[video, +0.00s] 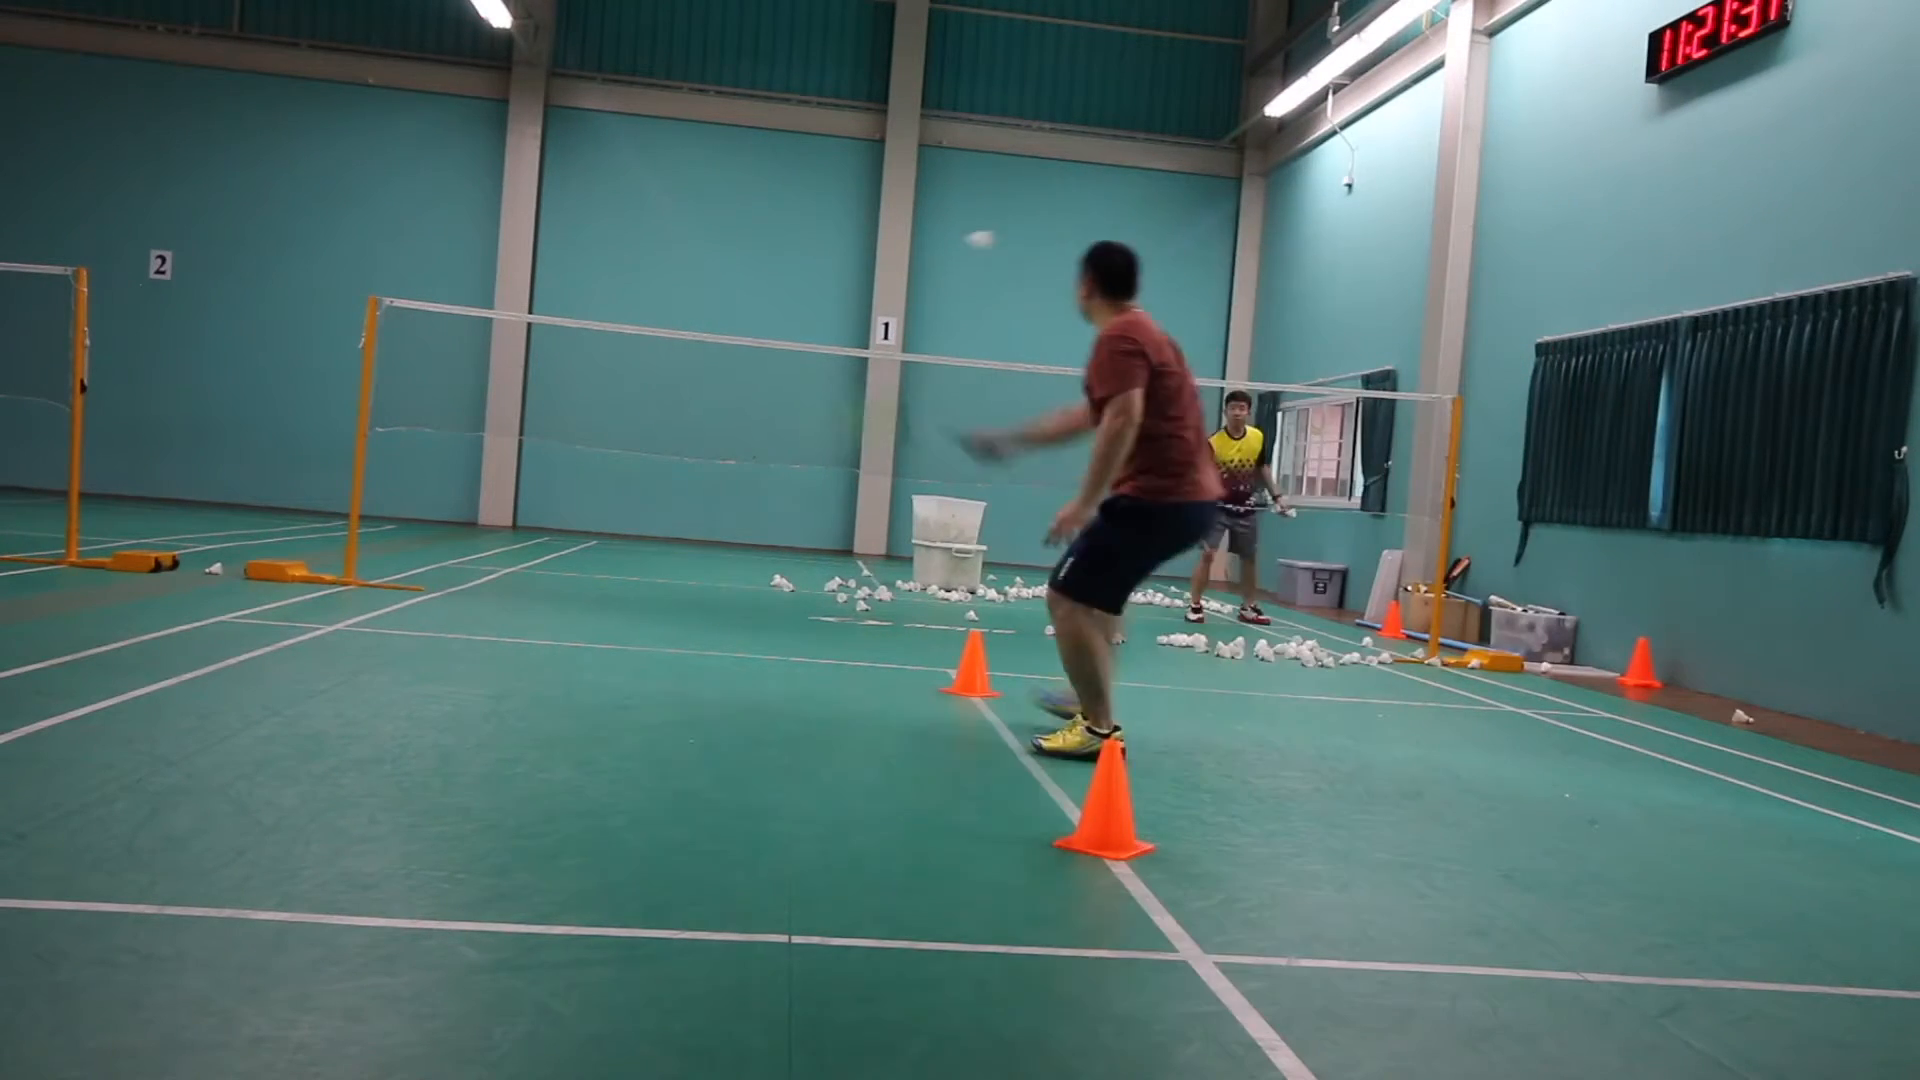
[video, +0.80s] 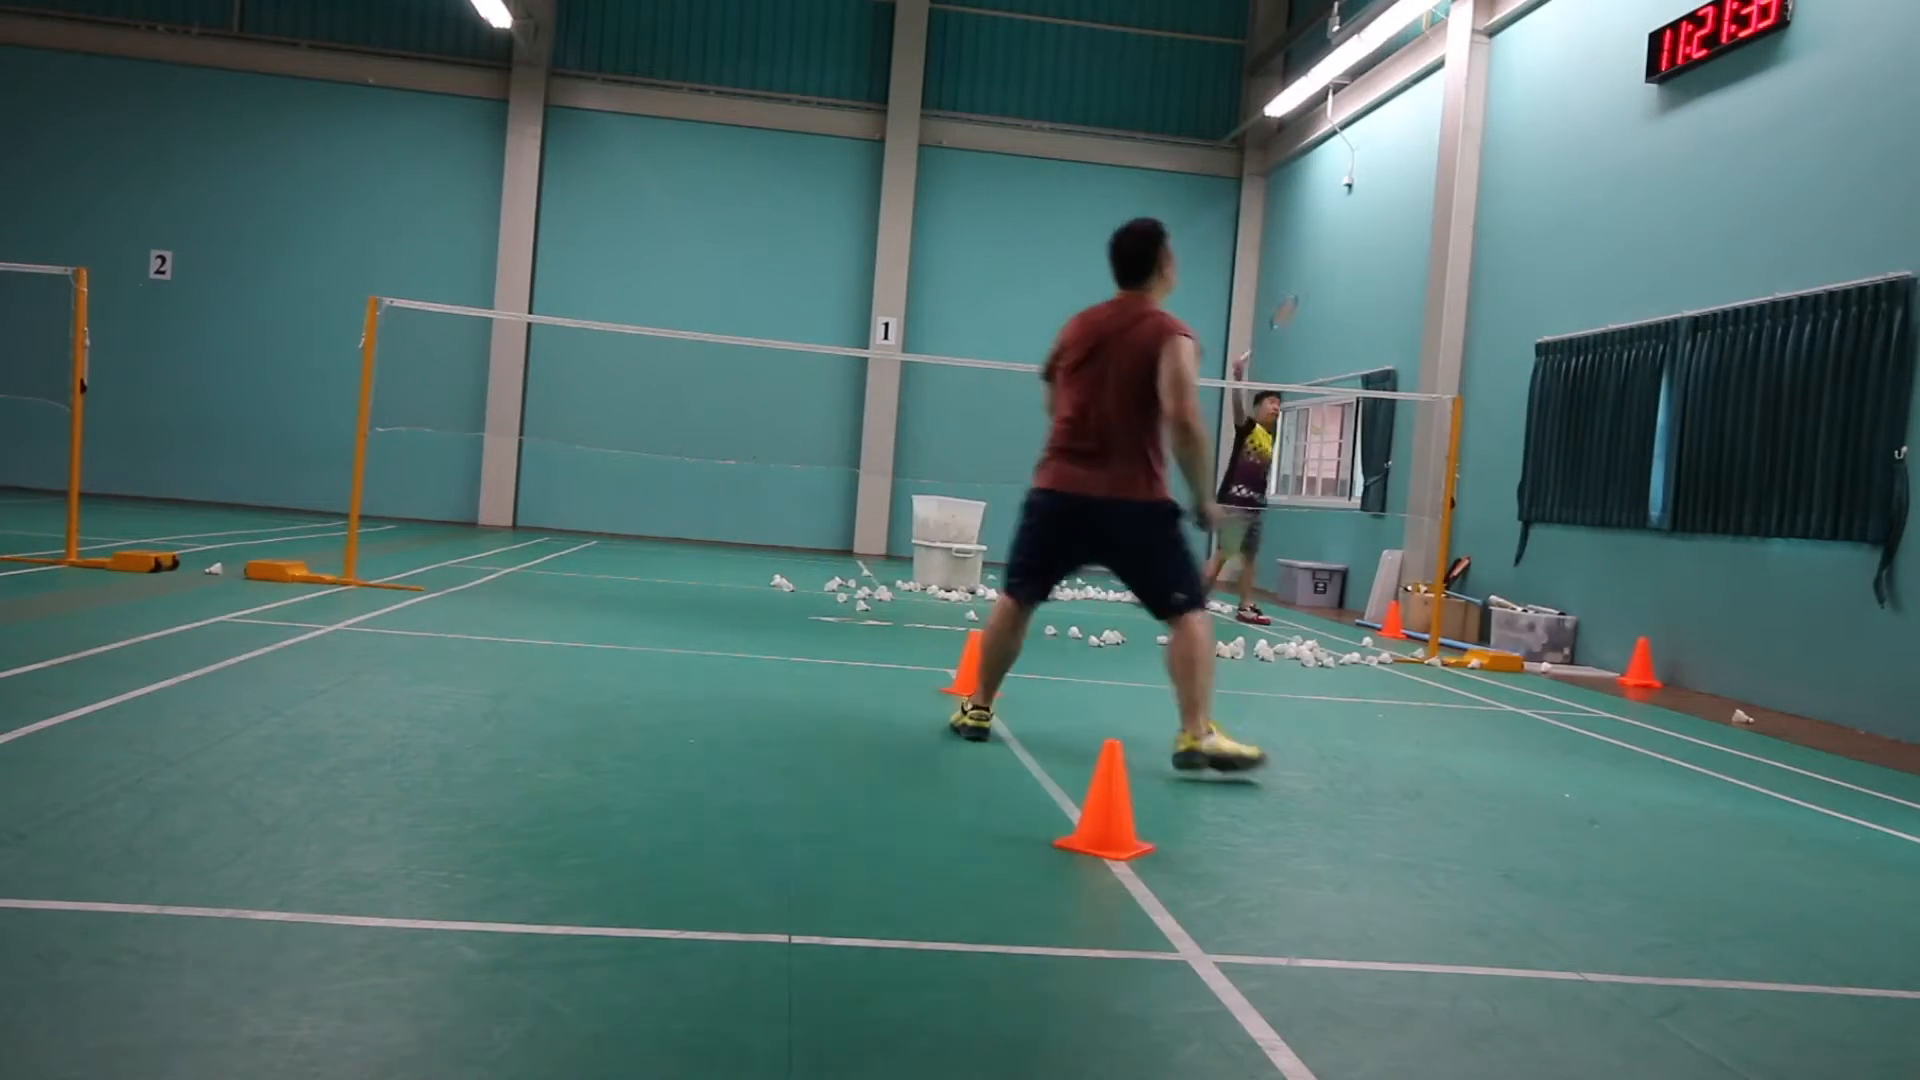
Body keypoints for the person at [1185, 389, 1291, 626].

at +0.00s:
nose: (1238, 413)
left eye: (1242, 409)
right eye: (1233, 408)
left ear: (1248, 412)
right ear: (1225, 412)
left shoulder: (1258, 438)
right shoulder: (1213, 443)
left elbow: (1264, 468)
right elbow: (1204, 473)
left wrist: (1276, 496)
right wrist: (1208, 497)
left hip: (1246, 508)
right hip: (1219, 505)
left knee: (1249, 559)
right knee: (1208, 554)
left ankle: (1249, 605)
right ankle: (1196, 603)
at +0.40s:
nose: (1251, 414)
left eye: (1255, 410)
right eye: (1246, 409)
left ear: (1260, 414)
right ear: (1237, 412)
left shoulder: (1267, 439)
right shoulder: (1224, 444)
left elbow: (1269, 471)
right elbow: (1214, 481)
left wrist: (1284, 497)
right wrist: (1230, 511)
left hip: (1251, 507)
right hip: (1222, 505)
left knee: (1252, 559)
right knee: (1212, 553)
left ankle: (1249, 606)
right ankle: (1196, 602)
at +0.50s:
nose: (1263, 414)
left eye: (1266, 410)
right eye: (1258, 409)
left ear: (1269, 415)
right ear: (1245, 412)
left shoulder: (1263, 440)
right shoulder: (1235, 438)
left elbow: (1259, 472)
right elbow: (1239, 468)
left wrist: (1269, 493)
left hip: (1245, 504)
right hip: (1221, 501)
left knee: (1247, 554)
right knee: (1213, 551)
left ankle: (1248, 604)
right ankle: (1196, 603)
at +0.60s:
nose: (1267, 414)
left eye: (1269, 409)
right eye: (1262, 408)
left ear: (1273, 414)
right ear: (1250, 411)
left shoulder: (1266, 438)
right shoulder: (1239, 433)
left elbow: (1261, 467)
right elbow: (1243, 434)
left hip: (1244, 503)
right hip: (1221, 500)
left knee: (1244, 555)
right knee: (1215, 551)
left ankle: (1247, 604)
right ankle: (1196, 602)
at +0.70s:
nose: (1275, 411)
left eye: (1277, 407)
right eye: (1270, 405)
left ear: (1275, 411)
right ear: (1257, 407)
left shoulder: (1266, 438)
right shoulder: (1246, 429)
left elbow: (1258, 468)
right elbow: (1246, 410)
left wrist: (1257, 491)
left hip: (1250, 501)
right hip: (1229, 499)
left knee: (1245, 557)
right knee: (1222, 551)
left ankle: (1246, 605)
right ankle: (1196, 600)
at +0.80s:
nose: (1275, 408)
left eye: (1278, 404)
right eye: (1271, 402)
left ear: (1277, 410)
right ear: (1257, 407)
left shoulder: (1271, 438)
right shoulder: (1245, 427)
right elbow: (1238, 404)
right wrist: (1237, 376)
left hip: (1256, 500)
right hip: (1234, 498)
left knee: (1249, 558)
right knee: (1223, 553)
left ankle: (1246, 604)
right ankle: (1199, 598)